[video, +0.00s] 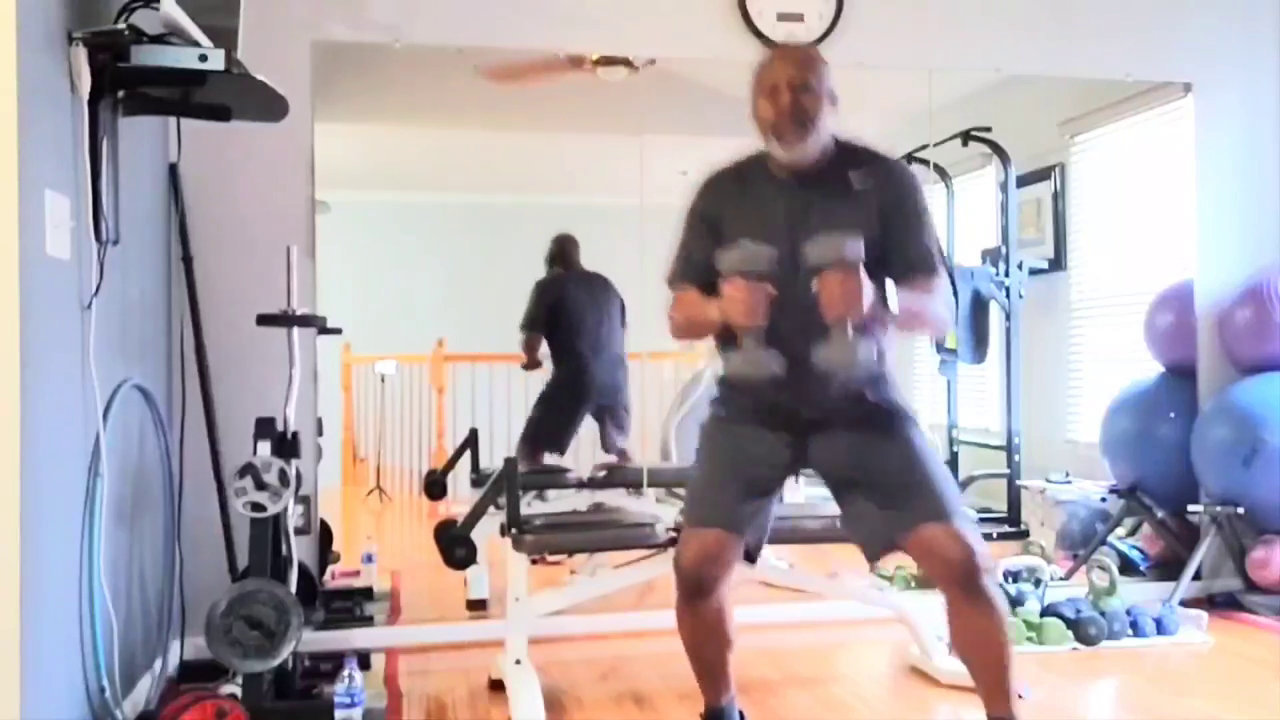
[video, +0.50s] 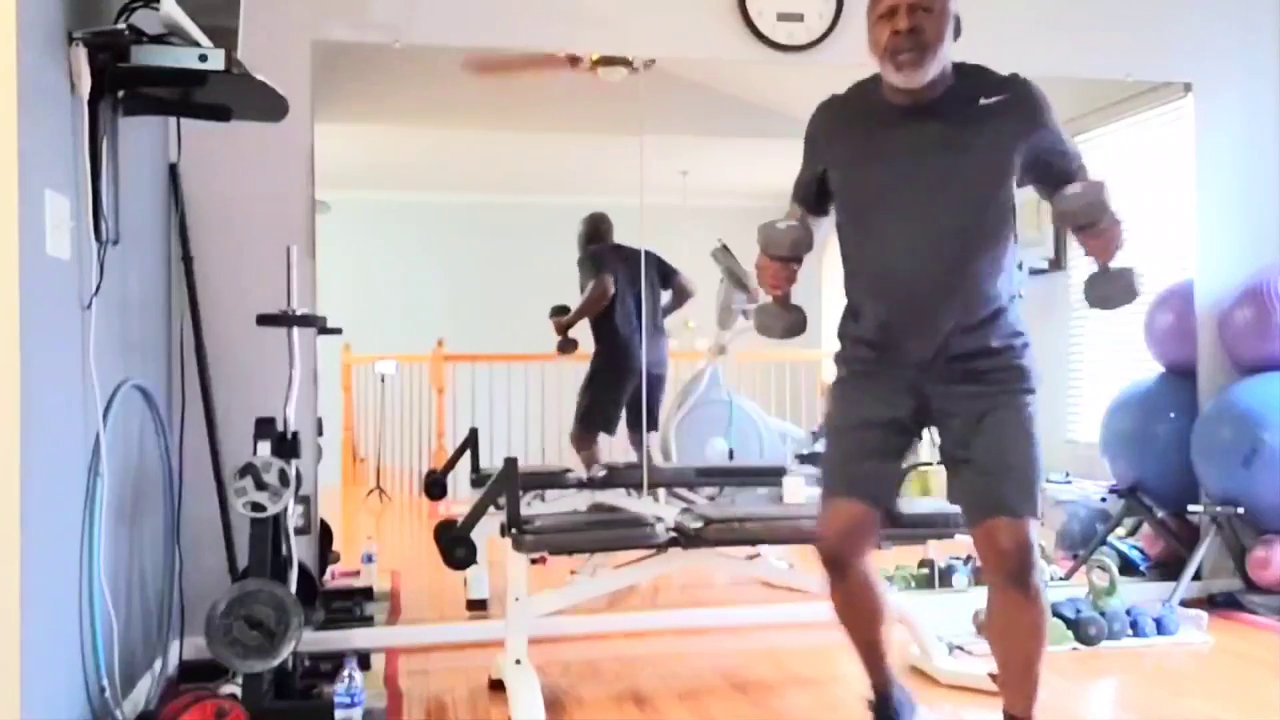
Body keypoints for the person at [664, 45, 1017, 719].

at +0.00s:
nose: (786, 104)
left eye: (802, 90)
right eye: (771, 92)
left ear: (830, 99)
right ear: (754, 103)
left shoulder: (884, 183)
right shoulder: (723, 193)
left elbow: (934, 310)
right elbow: (681, 313)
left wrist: (877, 301)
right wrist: (721, 308)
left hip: (859, 411)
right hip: (750, 411)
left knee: (960, 561)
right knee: (698, 569)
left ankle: (1003, 714)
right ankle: (719, 709)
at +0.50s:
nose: (903, 25)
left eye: (921, 9)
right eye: (887, 11)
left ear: (953, 20)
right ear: (867, 26)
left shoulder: (1012, 104)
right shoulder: (836, 121)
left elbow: (1073, 191)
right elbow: (802, 216)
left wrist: (1096, 227)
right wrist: (778, 259)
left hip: (985, 360)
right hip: (874, 362)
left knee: (1010, 549)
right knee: (840, 541)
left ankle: (1019, 713)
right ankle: (886, 696)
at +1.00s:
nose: (904, 66)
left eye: (921, 54)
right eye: (889, 56)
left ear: (951, 72)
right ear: (870, 76)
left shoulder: (1007, 157)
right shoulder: (828, 169)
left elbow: (1067, 272)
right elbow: (782, 289)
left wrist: (1018, 286)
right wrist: (822, 296)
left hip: (975, 399)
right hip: (859, 394)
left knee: (1045, 565)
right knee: (778, 547)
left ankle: (1027, 716)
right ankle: (736, 710)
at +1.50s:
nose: (777, 22)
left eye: (795, 6)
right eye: (760, 7)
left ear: (828, 14)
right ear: (740, 18)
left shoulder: (878, 111)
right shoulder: (704, 119)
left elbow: (920, 209)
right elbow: (657, 223)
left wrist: (931, 231)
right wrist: (659, 250)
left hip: (846, 356)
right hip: (735, 360)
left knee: (906, 529)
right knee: (713, 546)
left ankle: (878, 696)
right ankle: (718, 714)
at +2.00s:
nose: (732, 41)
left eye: (749, 26)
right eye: (717, 29)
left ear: (776, 39)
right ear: (698, 44)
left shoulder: (822, 137)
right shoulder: (654, 141)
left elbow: (879, 254)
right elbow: (596, 263)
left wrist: (847, 254)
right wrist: (655, 268)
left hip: (777, 382)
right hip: (666, 375)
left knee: (829, 553)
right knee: (596, 537)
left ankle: (806, 714)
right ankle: (569, 703)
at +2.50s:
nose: (614, 30)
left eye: (631, 14)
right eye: (598, 15)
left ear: (658, 23)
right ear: (575, 25)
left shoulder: (702, 119)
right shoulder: (528, 118)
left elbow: (743, 223)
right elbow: (472, 211)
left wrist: (761, 255)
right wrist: (466, 249)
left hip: (666, 368)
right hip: (550, 372)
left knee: (739, 541)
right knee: (515, 560)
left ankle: (739, 699)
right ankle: (511, 718)